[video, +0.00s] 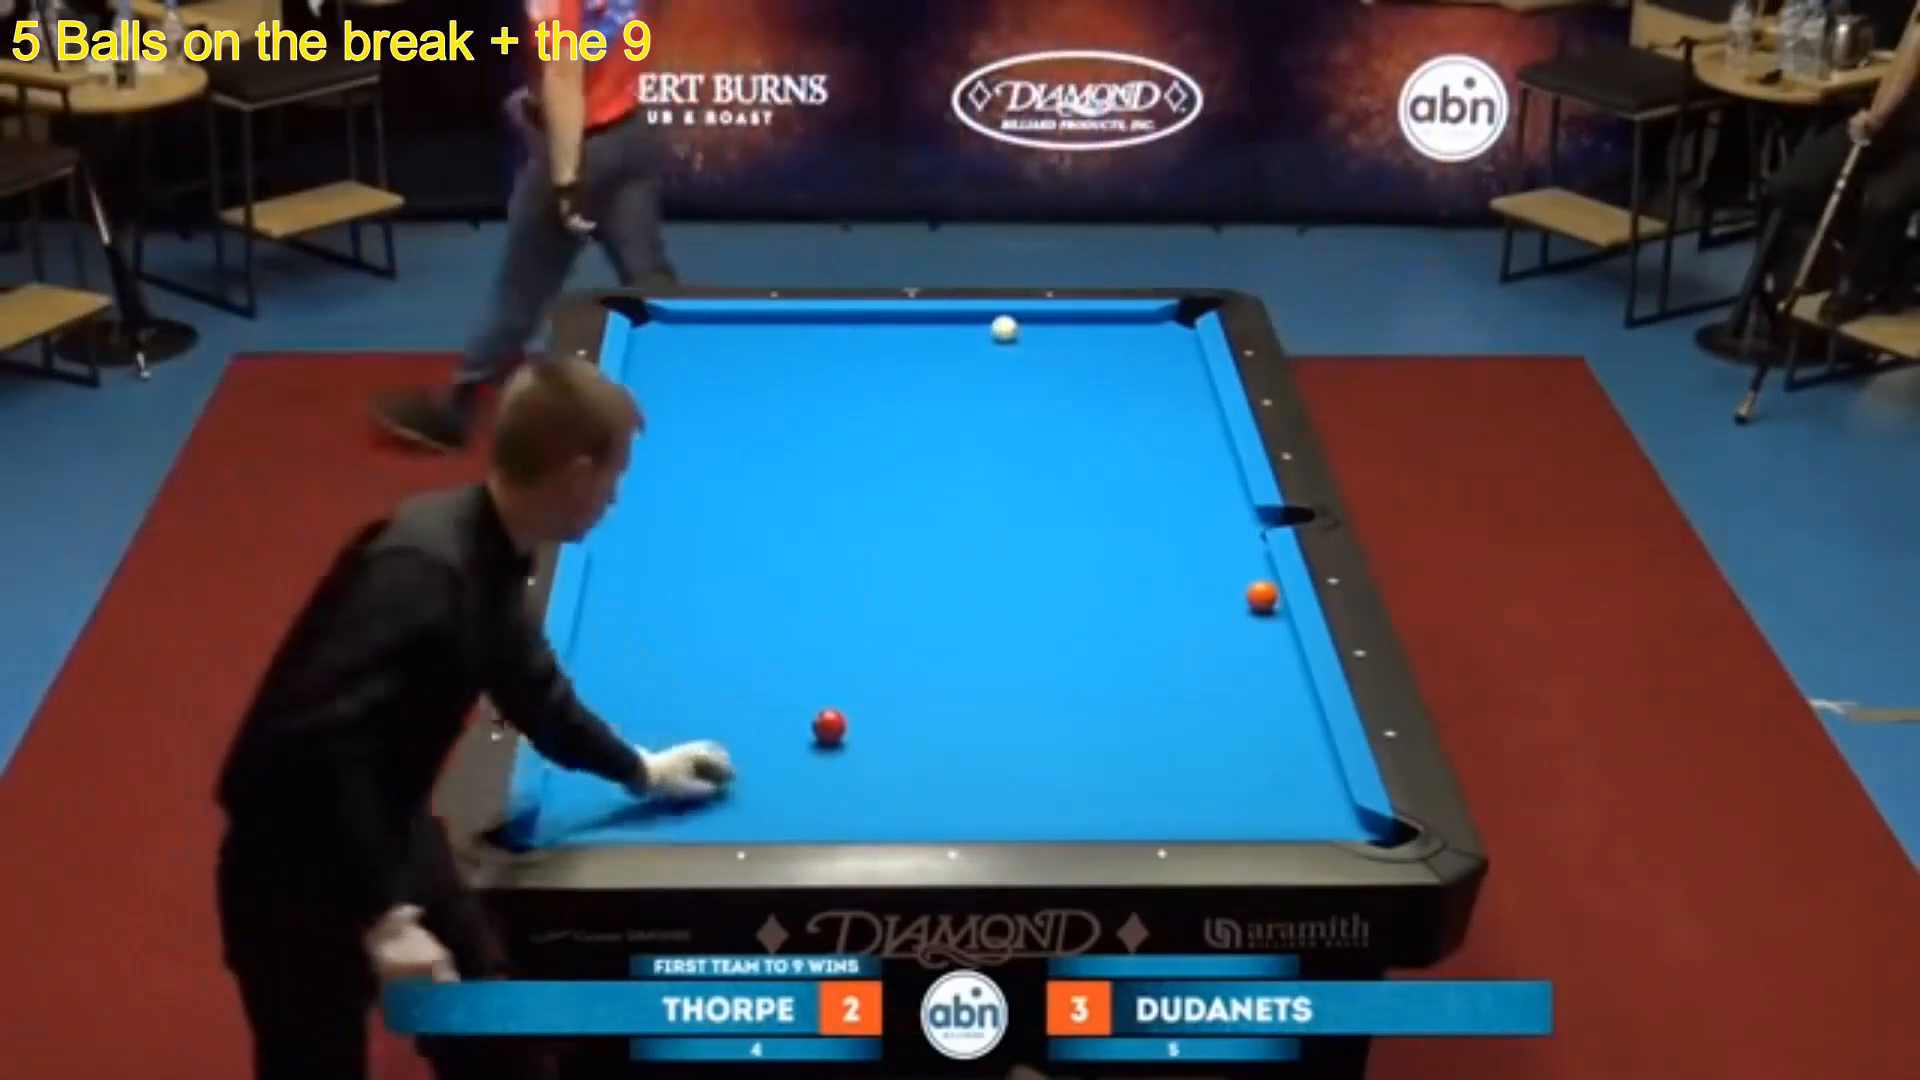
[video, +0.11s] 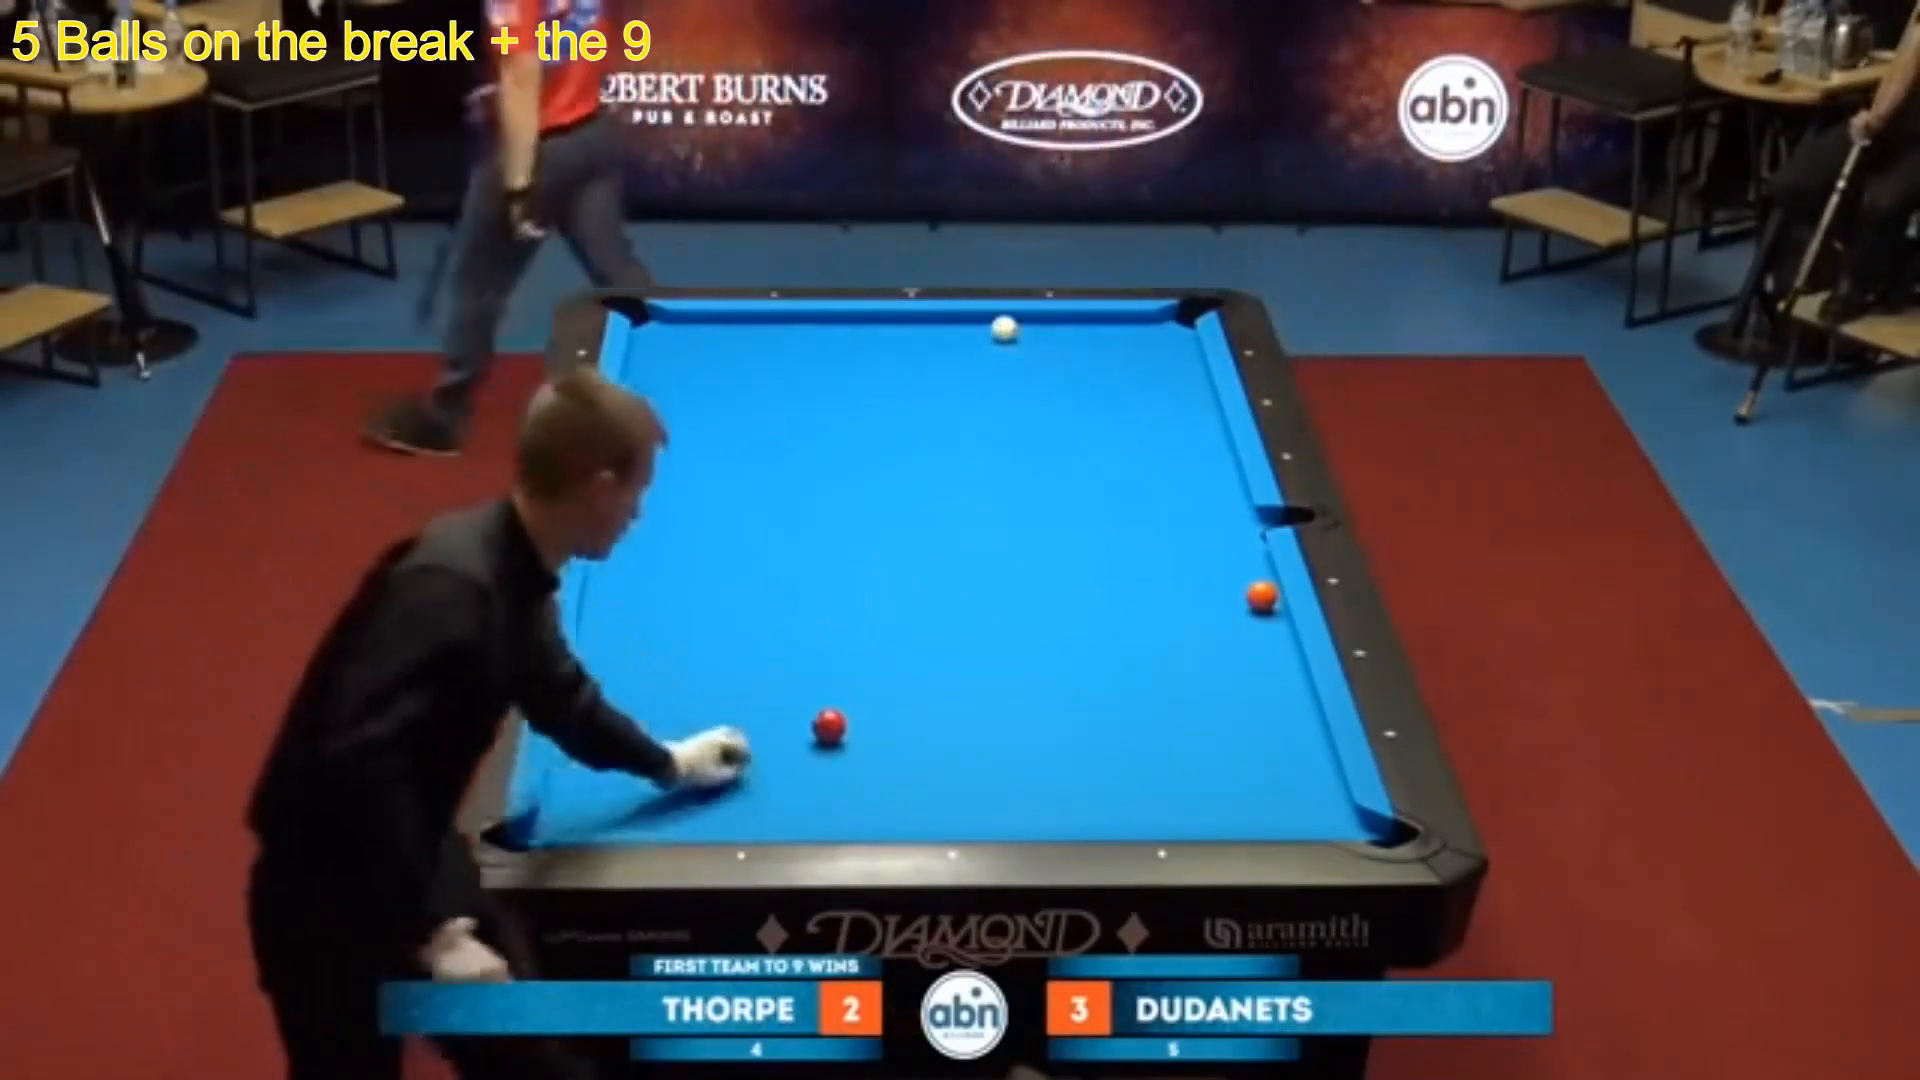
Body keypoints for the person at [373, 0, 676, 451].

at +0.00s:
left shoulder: (553, 5)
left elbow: (564, 72)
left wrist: (566, 184)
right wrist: (542, 98)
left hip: (572, 146)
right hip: (627, 133)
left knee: (520, 290)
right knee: (651, 279)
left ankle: (458, 409)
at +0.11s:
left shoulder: (512, 6)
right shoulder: (584, 6)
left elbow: (522, 75)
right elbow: (577, 59)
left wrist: (517, 188)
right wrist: (508, 94)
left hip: (531, 148)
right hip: (589, 135)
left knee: (477, 283)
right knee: (616, 268)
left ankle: (445, 415)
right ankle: (679, 378)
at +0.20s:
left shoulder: (450, 6)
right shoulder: (536, 7)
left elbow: (441, 78)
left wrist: (419, 181)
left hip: (471, 140)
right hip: (531, 129)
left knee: (429, 275)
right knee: (538, 255)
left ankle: (430, 415)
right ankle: (613, 360)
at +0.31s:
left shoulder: (414, 4)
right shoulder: (508, 6)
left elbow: (390, 69)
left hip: (437, 136)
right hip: (498, 124)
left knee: (417, 275)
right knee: (487, 247)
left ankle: (429, 417)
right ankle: (576, 352)